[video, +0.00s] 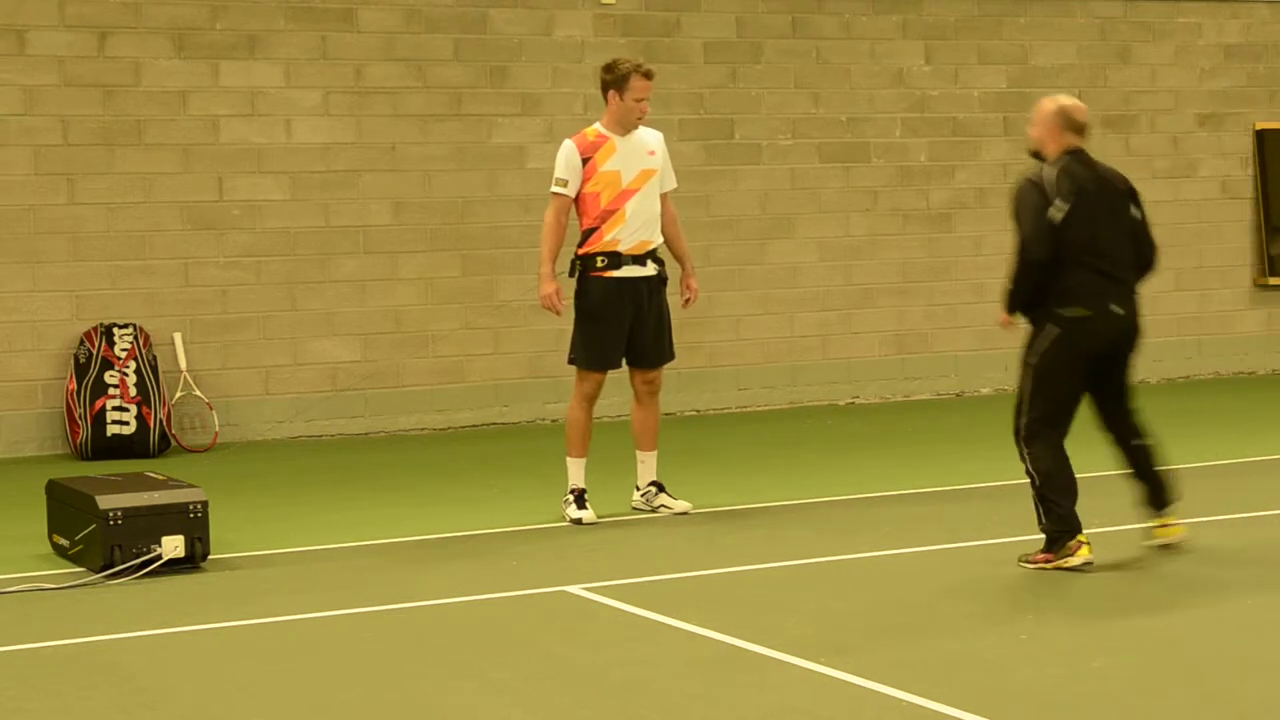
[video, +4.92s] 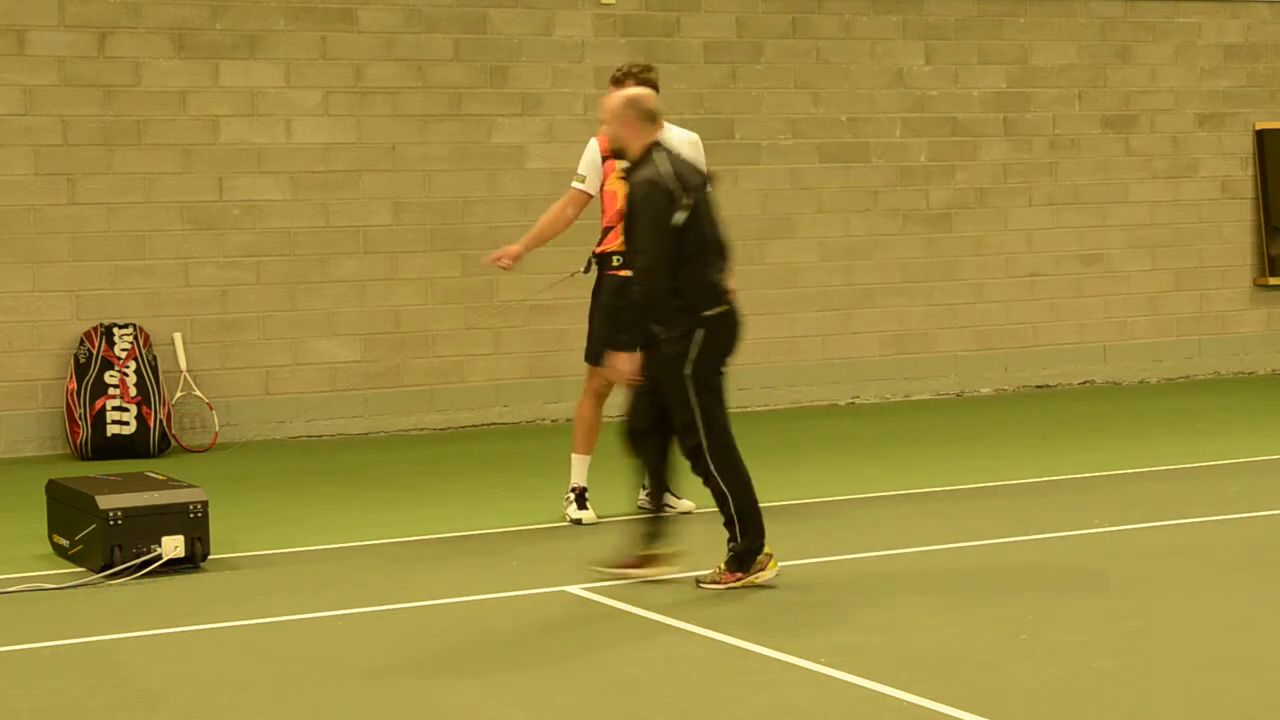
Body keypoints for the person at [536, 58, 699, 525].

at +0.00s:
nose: (646, 108)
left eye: (649, 100)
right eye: (639, 101)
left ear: (645, 100)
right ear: (612, 98)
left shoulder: (653, 142)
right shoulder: (577, 149)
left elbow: (665, 209)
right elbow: (557, 214)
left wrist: (686, 264)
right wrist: (547, 275)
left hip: (649, 280)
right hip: (600, 283)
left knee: (648, 384)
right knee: (588, 388)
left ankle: (647, 487)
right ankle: (576, 492)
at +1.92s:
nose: (650, 105)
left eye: (651, 97)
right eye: (645, 98)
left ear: (627, 98)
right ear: (617, 98)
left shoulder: (650, 143)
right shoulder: (579, 149)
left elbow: (685, 194)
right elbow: (567, 216)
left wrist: (740, 227)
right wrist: (581, 267)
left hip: (646, 280)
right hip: (601, 281)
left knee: (646, 383)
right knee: (586, 388)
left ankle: (647, 487)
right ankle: (575, 491)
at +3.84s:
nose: (617, 113)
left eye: (623, 105)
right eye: (609, 105)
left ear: (631, 101)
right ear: (591, 101)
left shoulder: (649, 142)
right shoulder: (572, 151)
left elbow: (663, 207)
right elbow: (553, 213)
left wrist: (680, 262)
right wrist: (543, 263)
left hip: (646, 279)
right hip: (598, 282)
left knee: (646, 383)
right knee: (586, 387)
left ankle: (647, 487)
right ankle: (576, 492)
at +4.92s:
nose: (617, 110)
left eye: (625, 102)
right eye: (614, 101)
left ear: (645, 102)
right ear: (611, 101)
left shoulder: (683, 143)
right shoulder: (603, 146)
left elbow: (703, 218)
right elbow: (571, 205)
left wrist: (719, 274)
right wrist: (523, 245)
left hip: (668, 278)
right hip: (617, 277)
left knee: (662, 384)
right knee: (598, 383)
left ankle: (656, 487)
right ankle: (577, 489)